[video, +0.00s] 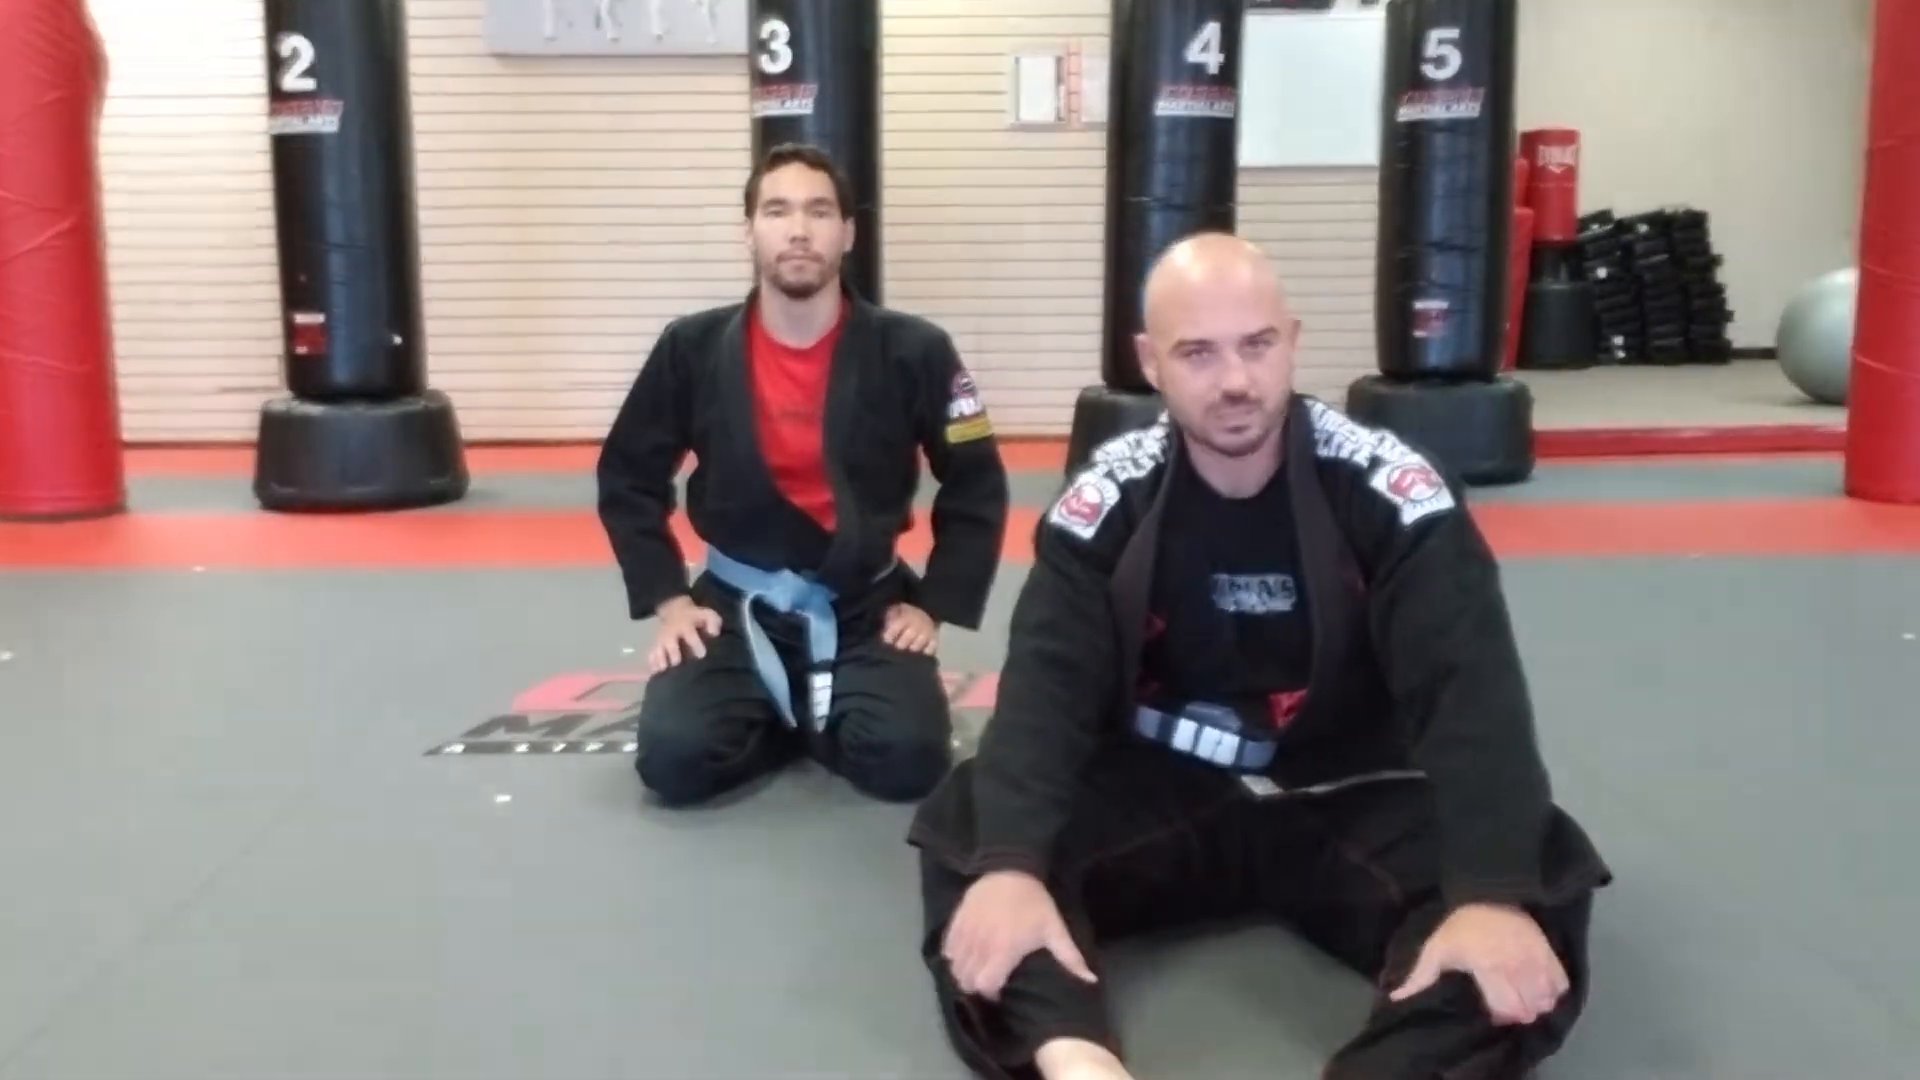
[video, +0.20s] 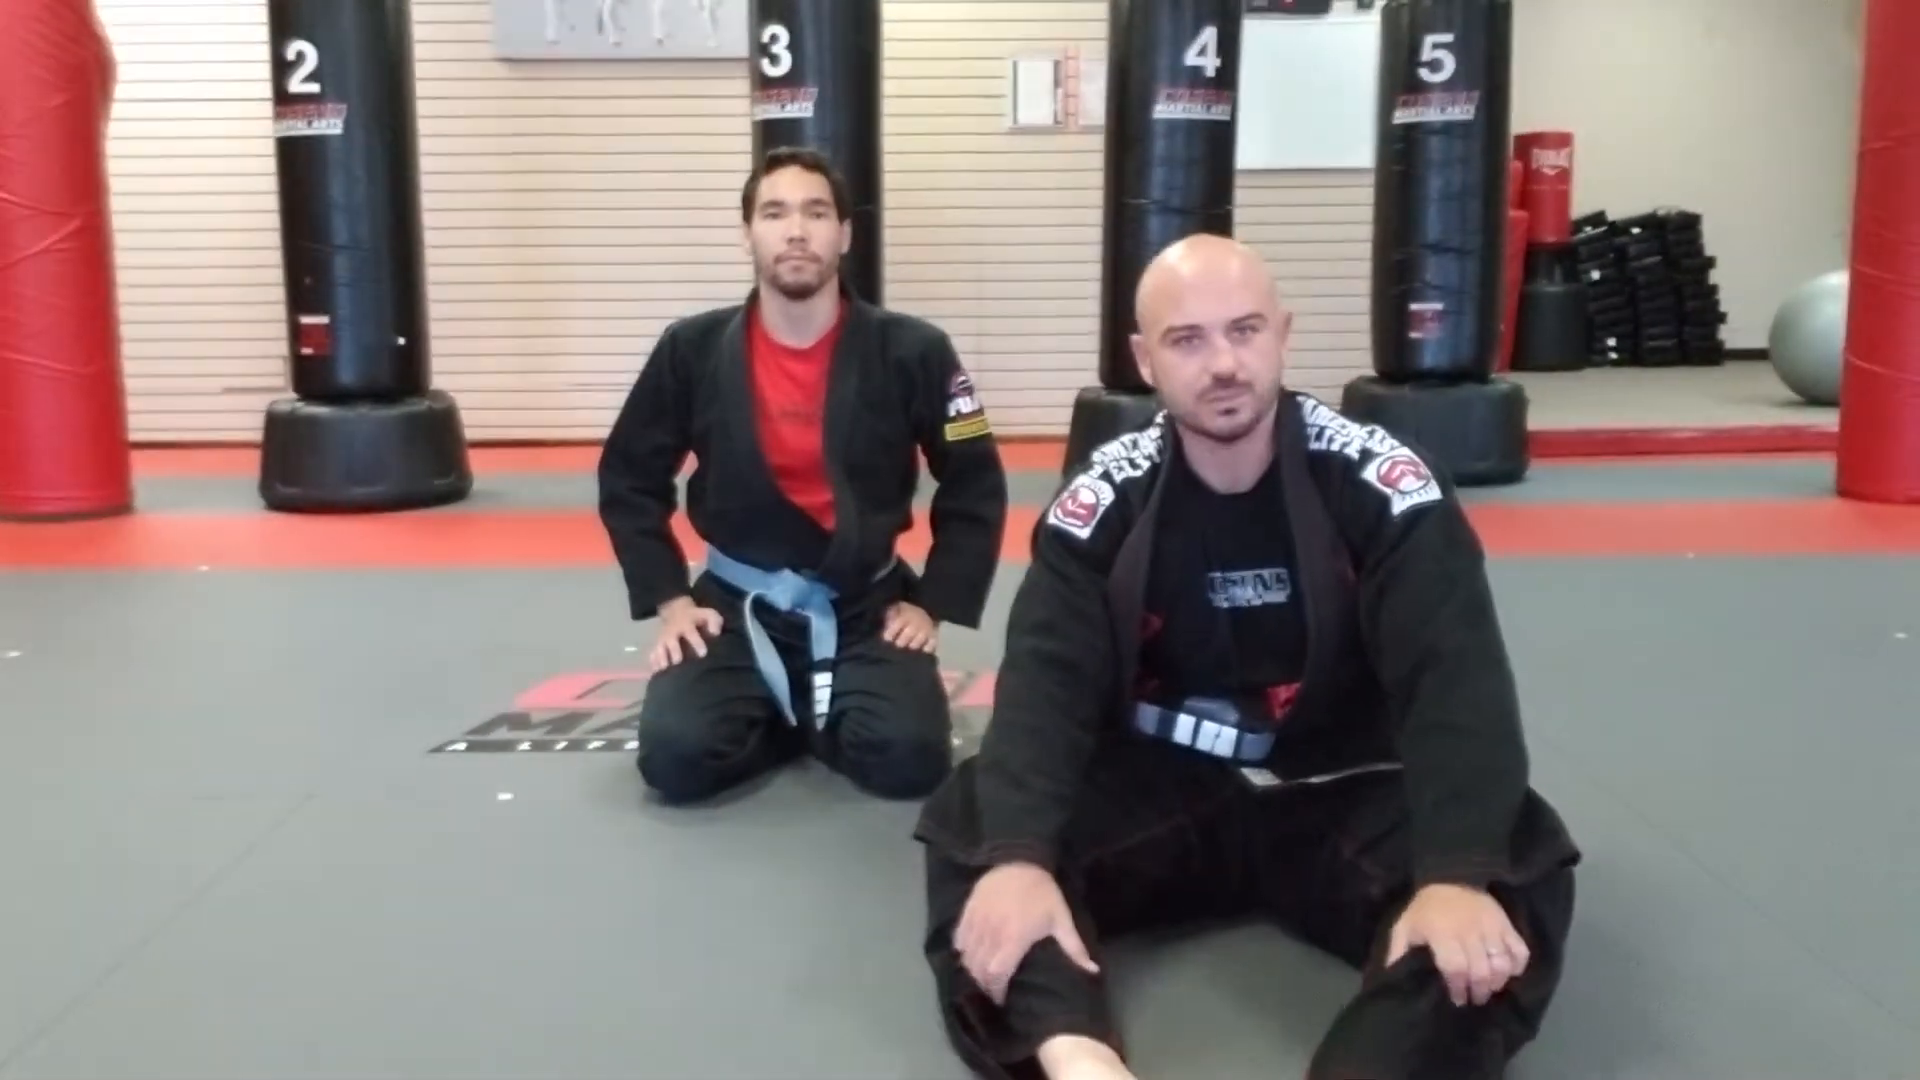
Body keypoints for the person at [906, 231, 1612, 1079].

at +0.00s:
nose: (1237, 381)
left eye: (1259, 346)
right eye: (1201, 354)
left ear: (1293, 341)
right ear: (1151, 365)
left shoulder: (1385, 483)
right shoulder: (1107, 498)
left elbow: (1470, 688)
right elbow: (1046, 689)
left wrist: (1491, 894)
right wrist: (1009, 865)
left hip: (1350, 808)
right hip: (1158, 800)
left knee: (1533, 868)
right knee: (968, 819)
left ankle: (1392, 1060)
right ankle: (1075, 1060)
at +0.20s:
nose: (1223, 365)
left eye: (1245, 331)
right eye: (1188, 342)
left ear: (1283, 332)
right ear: (1146, 357)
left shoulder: (1377, 478)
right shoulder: (1105, 498)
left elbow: (1456, 680)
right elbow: (1046, 687)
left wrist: (1455, 873)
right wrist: (1017, 856)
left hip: (1342, 805)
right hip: (1153, 798)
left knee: (1512, 860)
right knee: (973, 816)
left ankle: (1365, 1067)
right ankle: (1082, 1064)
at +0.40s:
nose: (1230, 350)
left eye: (1253, 320)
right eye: (1198, 329)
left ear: (1289, 331)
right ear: (1155, 351)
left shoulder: (1374, 470)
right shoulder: (1116, 479)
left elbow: (1435, 659)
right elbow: (1047, 641)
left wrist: (1416, 823)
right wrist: (1033, 765)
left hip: (1330, 794)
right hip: (1151, 784)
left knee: (1466, 833)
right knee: (995, 791)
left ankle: (1346, 1064)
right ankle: (1084, 1052)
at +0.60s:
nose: (1243, 329)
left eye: (1266, 304)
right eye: (1213, 307)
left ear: (1301, 324)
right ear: (1171, 333)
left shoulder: (1386, 462)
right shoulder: (1120, 472)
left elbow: (1474, 630)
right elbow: (1042, 640)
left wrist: (1517, 779)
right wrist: (972, 713)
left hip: (1332, 765)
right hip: (1162, 757)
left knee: (1419, 802)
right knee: (1035, 771)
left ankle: (1323, 1061)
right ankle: (1104, 1052)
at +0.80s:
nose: (1241, 323)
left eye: (1263, 300)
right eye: (1211, 305)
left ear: (1300, 322)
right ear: (1174, 336)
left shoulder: (1391, 467)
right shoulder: (1117, 475)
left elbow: (1498, 657)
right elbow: (1014, 641)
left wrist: (1553, 849)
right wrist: (926, 786)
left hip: (1333, 774)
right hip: (1169, 770)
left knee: (1367, 750)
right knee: (1047, 711)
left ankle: (1288, 1052)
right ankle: (1113, 1032)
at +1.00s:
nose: (1210, 350)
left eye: (1229, 321)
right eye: (1177, 332)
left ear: (1266, 322)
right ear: (1142, 352)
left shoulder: (1362, 453)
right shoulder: (1102, 467)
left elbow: (1491, 631)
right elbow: (986, 612)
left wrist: (1499, 854)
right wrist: (927, 777)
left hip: (1345, 777)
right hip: (1163, 768)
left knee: (1265, 723)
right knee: (1028, 716)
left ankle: (1202, 1029)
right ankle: (984, 996)